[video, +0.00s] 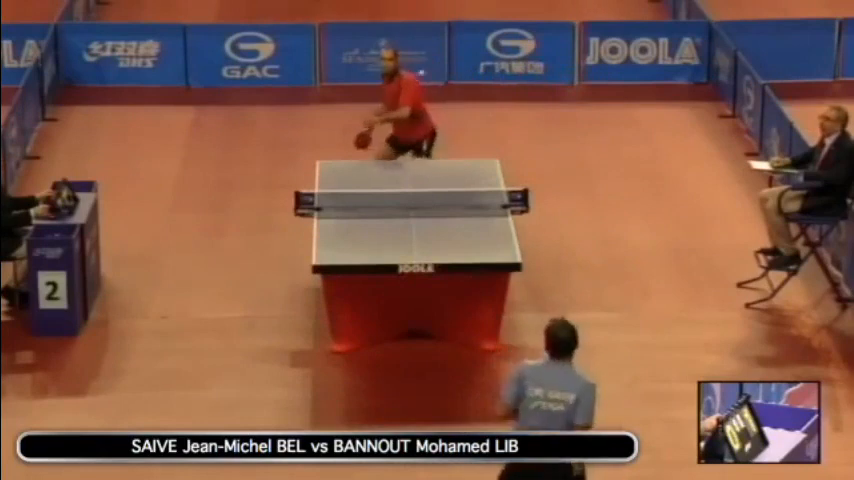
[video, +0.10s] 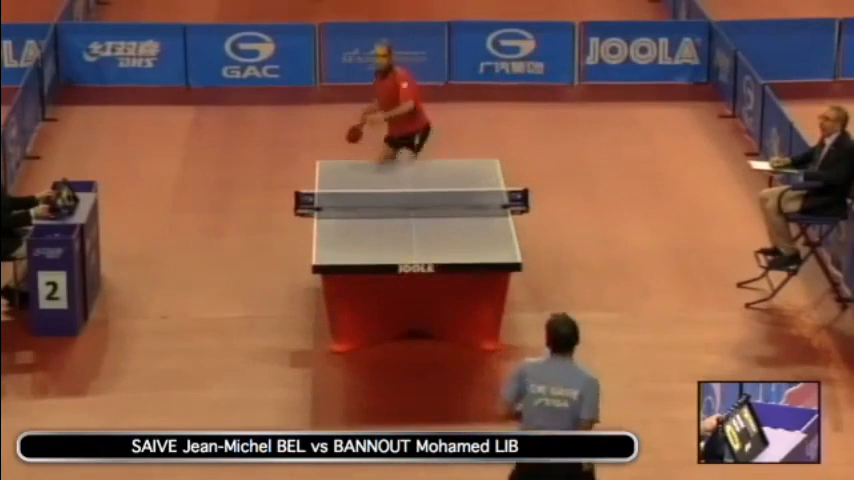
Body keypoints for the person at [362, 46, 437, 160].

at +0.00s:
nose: (386, 64)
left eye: (390, 60)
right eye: (383, 60)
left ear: (397, 61)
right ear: (381, 61)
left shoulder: (408, 80)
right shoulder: (388, 81)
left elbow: (405, 112)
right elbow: (387, 108)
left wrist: (377, 120)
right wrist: (371, 126)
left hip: (422, 135)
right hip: (403, 134)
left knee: (420, 171)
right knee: (380, 161)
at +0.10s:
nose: (380, 60)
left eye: (383, 56)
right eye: (378, 56)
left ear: (391, 57)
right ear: (375, 58)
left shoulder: (401, 76)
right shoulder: (380, 78)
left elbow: (409, 104)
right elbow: (381, 103)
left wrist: (382, 116)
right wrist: (367, 112)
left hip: (416, 128)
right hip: (397, 129)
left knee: (406, 166)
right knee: (383, 164)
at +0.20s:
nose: (376, 54)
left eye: (380, 50)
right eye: (374, 50)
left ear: (388, 51)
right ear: (371, 51)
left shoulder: (399, 69)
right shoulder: (378, 70)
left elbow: (406, 98)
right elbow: (374, 95)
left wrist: (383, 112)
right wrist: (358, 112)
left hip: (406, 122)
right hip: (388, 122)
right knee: (373, 161)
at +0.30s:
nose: (376, 57)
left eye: (380, 53)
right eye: (373, 53)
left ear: (389, 53)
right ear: (371, 53)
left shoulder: (398, 71)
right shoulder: (381, 70)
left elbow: (392, 104)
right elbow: (377, 93)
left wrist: (370, 109)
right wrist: (363, 101)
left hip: (397, 126)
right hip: (380, 122)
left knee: (372, 155)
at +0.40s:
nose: (372, 58)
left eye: (377, 53)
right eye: (370, 53)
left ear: (386, 53)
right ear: (367, 54)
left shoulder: (393, 72)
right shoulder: (382, 70)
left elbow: (374, 101)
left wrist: (344, 106)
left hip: (389, 130)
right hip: (375, 119)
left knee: (375, 170)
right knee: (334, 117)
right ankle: (332, 154)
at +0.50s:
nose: (367, 52)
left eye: (371, 47)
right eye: (365, 47)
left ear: (381, 47)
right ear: (364, 47)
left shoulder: (385, 67)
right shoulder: (384, 62)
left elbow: (376, 99)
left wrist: (361, 120)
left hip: (388, 123)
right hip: (376, 110)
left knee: (378, 168)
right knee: (332, 107)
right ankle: (306, 137)